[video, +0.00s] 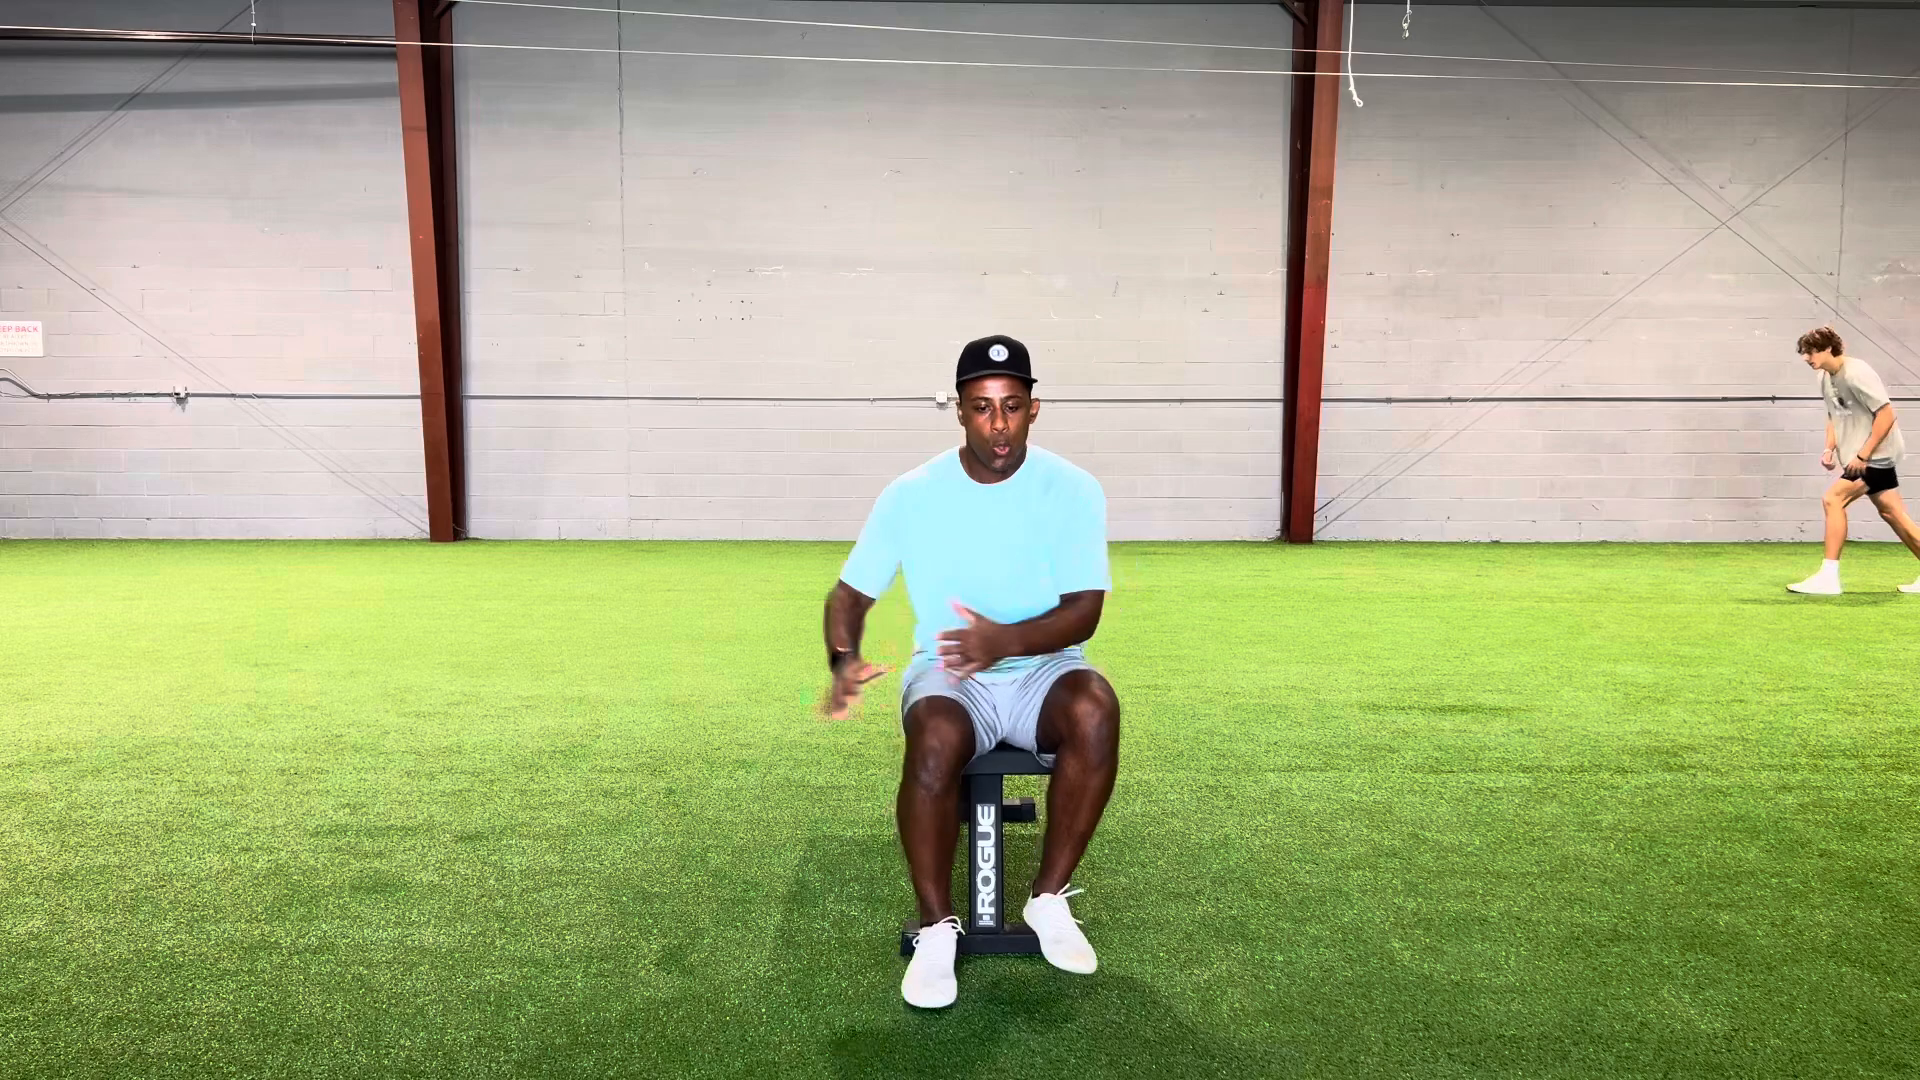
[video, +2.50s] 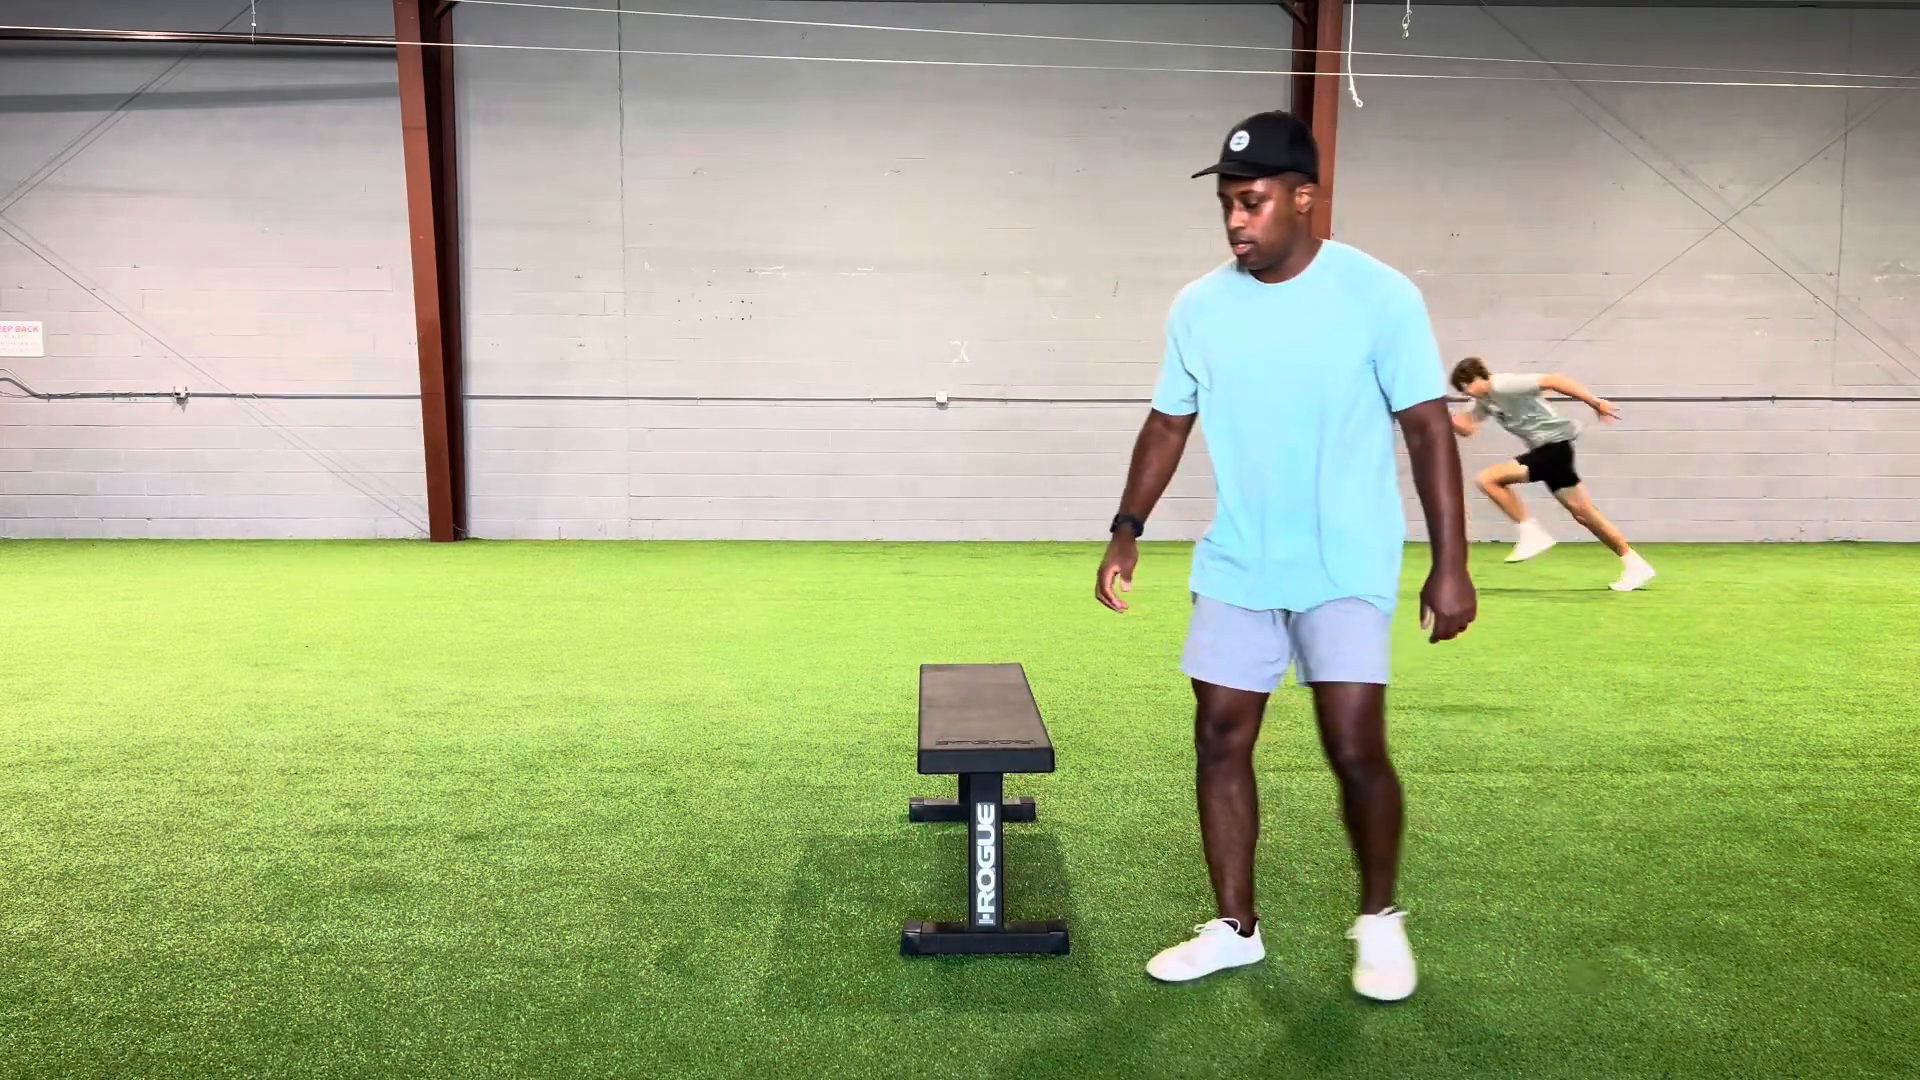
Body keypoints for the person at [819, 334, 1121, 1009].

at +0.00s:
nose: (998, 426)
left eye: (1012, 408)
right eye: (982, 409)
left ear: (1033, 410)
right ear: (959, 412)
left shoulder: (1074, 492)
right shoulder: (909, 497)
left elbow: (1084, 614)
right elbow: (848, 596)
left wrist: (1009, 639)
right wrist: (844, 656)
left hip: (1042, 673)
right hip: (946, 675)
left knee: (1095, 707)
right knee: (935, 741)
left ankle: (1050, 896)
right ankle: (935, 926)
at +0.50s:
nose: (1071, 365)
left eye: (1085, 346)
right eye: (1050, 347)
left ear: (1104, 356)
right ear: (1021, 359)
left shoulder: (1134, 451)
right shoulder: (962, 440)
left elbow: (1087, 593)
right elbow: (871, 518)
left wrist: (954, 627)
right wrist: (819, 631)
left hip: (1083, 641)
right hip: (982, 637)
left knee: (1127, 773)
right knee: (976, 778)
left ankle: (1022, 909)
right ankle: (948, 944)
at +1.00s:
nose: (1466, 194)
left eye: (1472, 178)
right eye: (1445, 178)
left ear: (1478, 187)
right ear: (1395, 191)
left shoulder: (1508, 272)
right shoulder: (1351, 279)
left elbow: (1580, 363)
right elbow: (1353, 414)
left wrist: (1668, 412)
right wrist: (1503, 395)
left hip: (1472, 540)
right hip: (1354, 533)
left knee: (1560, 717)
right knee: (1265, 702)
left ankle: (1624, 901)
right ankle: (1204, 794)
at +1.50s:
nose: (1743, 290)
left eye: (1749, 271)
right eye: (1721, 272)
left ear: (1756, 277)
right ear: (1667, 283)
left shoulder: (1737, 367)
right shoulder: (1602, 380)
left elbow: (1700, 429)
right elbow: (1570, 524)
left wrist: (1753, 423)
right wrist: (1694, 562)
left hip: (1629, 575)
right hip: (1529, 568)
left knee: (1681, 750)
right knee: (1569, 752)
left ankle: (1640, 922)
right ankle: (1478, 800)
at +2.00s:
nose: (1572, 245)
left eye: (1592, 227)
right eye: (1560, 226)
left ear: (1639, 228)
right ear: (1546, 226)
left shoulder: (1694, 340)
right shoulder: (1490, 324)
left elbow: (1741, 467)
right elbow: (1404, 430)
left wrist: (1779, 578)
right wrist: (1369, 548)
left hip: (1601, 581)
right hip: (1475, 561)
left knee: (1644, 745)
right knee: (1409, 721)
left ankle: (1640, 922)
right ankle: (1363, 897)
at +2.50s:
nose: (1234, 221)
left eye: (1252, 201)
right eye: (1227, 202)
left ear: (1308, 199)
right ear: (1224, 203)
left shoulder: (1382, 297)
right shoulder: (1201, 307)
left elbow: (1429, 428)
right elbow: (1168, 423)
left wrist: (1450, 563)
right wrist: (1126, 528)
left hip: (1347, 562)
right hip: (1237, 561)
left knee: (1356, 751)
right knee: (1220, 735)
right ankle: (1235, 927)